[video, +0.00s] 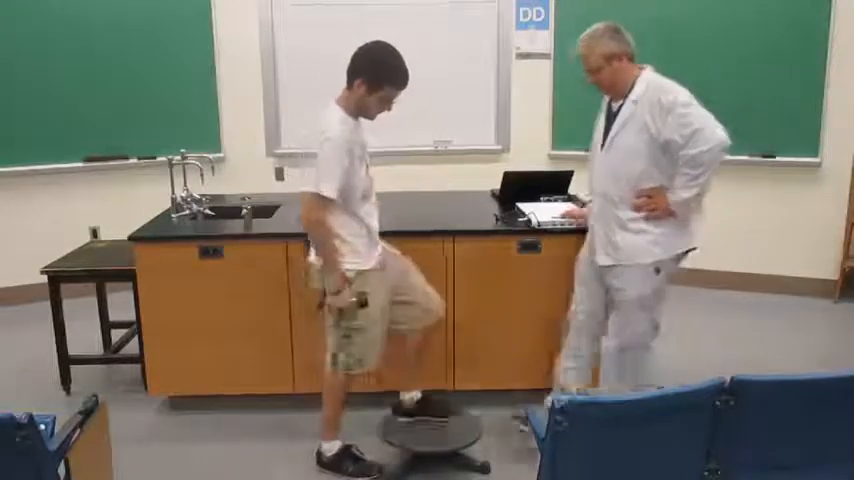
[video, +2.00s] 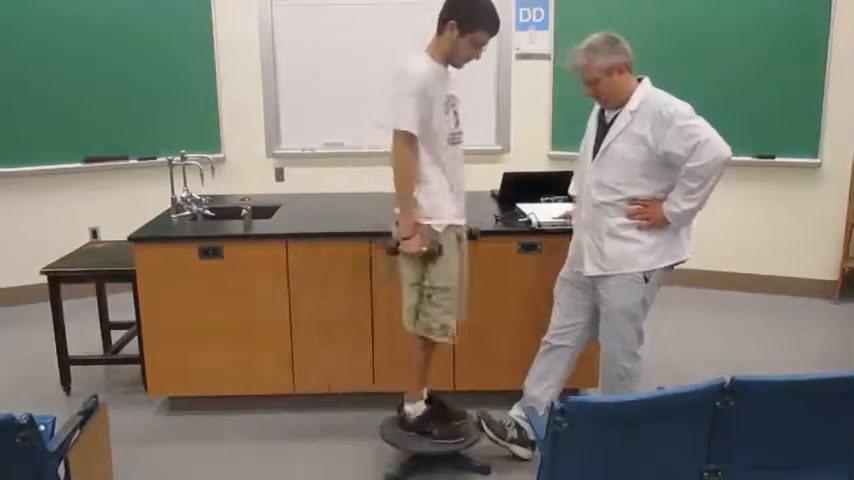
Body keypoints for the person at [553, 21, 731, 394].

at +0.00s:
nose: (591, 79)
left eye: (595, 70)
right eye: (588, 72)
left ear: (619, 60)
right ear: (614, 62)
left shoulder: (661, 94)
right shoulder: (613, 101)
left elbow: (711, 141)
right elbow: (624, 169)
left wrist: (677, 198)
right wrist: (594, 209)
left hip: (644, 245)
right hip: (602, 239)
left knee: (628, 340)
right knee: (582, 329)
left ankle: (622, 425)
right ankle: (564, 411)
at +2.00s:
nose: (589, 91)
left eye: (593, 82)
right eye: (586, 83)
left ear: (620, 71)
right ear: (606, 76)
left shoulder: (660, 110)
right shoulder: (601, 113)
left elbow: (713, 153)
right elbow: (595, 170)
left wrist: (672, 210)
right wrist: (583, 204)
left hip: (632, 256)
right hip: (587, 250)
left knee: (620, 355)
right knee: (562, 338)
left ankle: (617, 438)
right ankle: (528, 423)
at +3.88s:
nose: (610, 62)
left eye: (619, 54)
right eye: (607, 53)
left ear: (649, 56)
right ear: (603, 55)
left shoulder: (684, 109)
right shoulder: (591, 108)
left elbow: (738, 154)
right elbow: (558, 153)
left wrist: (691, 207)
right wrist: (524, 171)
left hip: (648, 261)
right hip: (594, 258)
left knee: (642, 364)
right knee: (598, 358)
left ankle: (642, 447)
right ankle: (599, 439)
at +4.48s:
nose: (584, 67)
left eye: (593, 57)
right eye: (581, 57)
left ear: (629, 58)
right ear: (580, 59)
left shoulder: (677, 118)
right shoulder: (564, 119)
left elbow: (737, 164)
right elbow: (515, 156)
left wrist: (685, 225)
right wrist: (459, 158)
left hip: (640, 293)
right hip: (570, 290)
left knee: (645, 410)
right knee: (563, 407)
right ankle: (560, 474)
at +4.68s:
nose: (539, 72)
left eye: (549, 62)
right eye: (538, 62)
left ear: (585, 65)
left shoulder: (633, 124)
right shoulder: (528, 127)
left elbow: (695, 177)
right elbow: (492, 170)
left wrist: (646, 241)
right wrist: (437, 161)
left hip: (605, 301)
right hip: (537, 299)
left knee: (618, 412)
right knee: (534, 407)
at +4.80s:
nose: (492, 73)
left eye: (500, 61)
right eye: (491, 62)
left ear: (538, 60)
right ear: (528, 62)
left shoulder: (584, 119)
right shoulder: (497, 121)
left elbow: (640, 178)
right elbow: (469, 179)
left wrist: (591, 245)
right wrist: (415, 164)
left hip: (554, 306)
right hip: (502, 302)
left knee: (538, 425)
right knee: (514, 420)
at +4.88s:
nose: (492, 73)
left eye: (500, 61)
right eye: (491, 62)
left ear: (538, 60)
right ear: (528, 62)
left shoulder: (584, 119)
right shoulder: (497, 121)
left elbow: (640, 178)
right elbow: (469, 179)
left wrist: (591, 245)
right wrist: (415, 164)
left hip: (550, 305)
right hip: (501, 300)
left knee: (535, 423)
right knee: (512, 417)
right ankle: (525, 476)